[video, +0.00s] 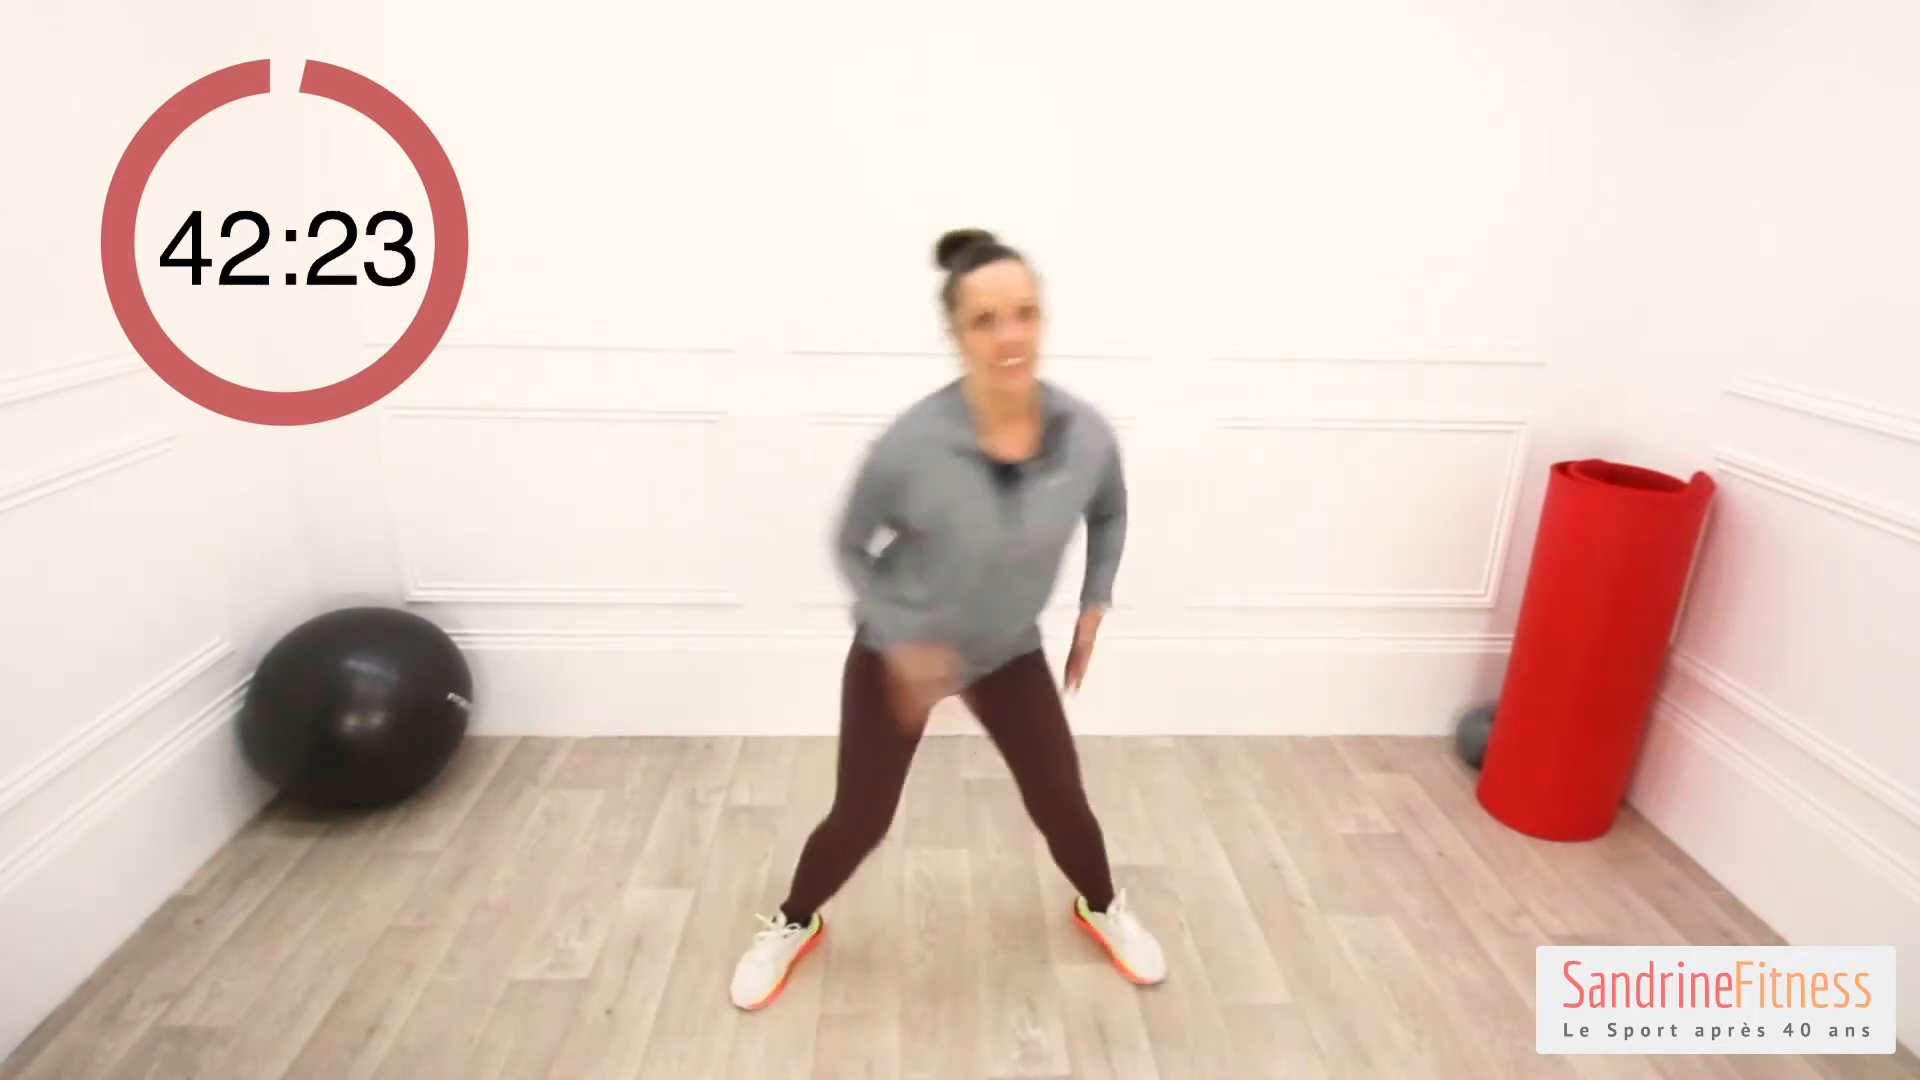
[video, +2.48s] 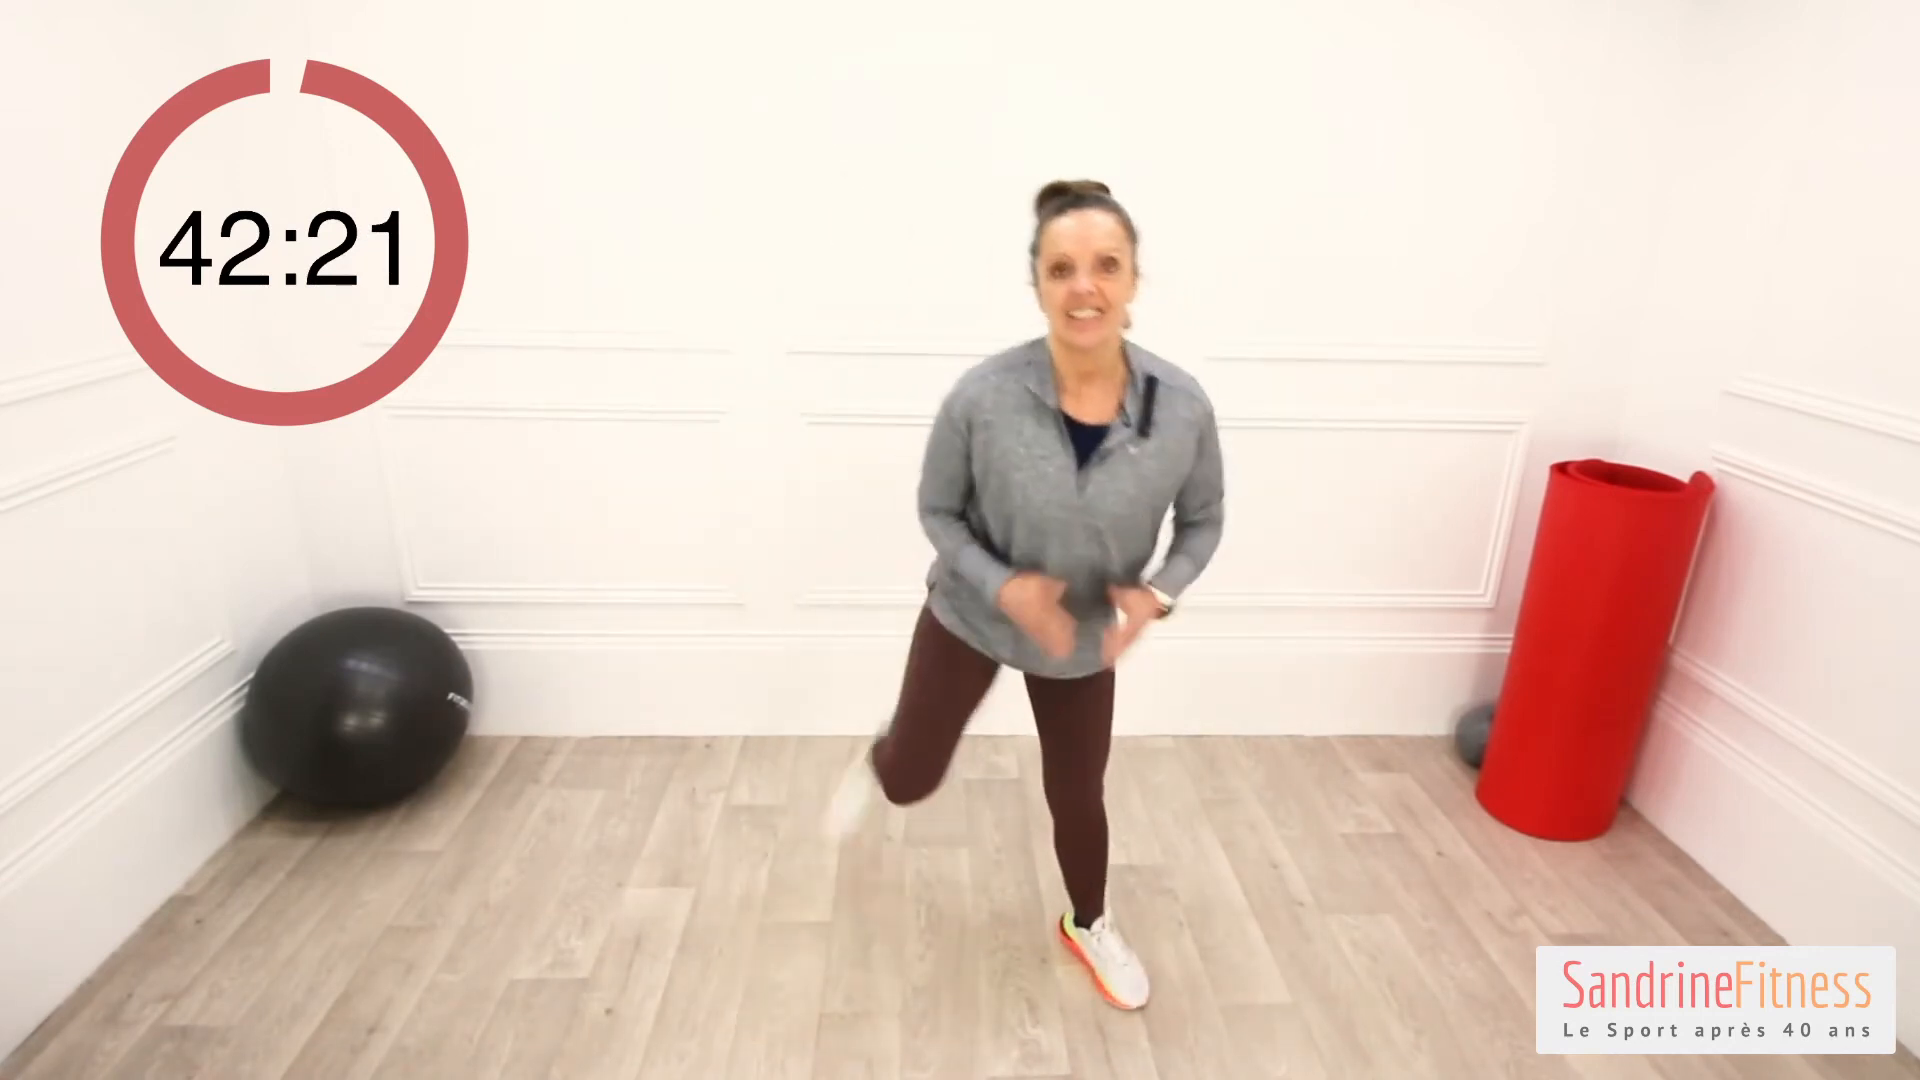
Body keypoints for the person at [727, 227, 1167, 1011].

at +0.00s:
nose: (1011, 338)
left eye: (1024, 315)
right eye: (986, 322)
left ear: (1044, 322)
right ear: (955, 337)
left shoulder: (1084, 437)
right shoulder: (911, 445)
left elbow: (1108, 518)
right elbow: (849, 546)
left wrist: (1093, 608)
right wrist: (897, 637)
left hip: (1007, 645)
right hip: (902, 643)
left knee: (1061, 804)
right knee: (864, 816)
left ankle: (1102, 909)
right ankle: (792, 925)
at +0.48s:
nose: (1147, 310)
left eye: (1163, 287)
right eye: (1121, 293)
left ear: (1181, 294)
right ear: (1088, 307)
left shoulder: (1182, 397)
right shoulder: (1062, 412)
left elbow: (1147, 504)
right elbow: (1120, 569)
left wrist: (1148, 577)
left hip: (1075, 631)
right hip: (981, 611)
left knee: (1097, 792)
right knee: (906, 746)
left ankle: (1103, 909)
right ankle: (812, 834)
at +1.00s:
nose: (897, 311)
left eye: (918, 289)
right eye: (876, 291)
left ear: (947, 299)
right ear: (853, 305)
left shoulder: (994, 426)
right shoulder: (810, 425)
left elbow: (1047, 570)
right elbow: (801, 556)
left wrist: (1003, 663)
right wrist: (837, 637)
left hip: (1001, 630)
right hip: (888, 639)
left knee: (1052, 776)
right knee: (840, 808)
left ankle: (1114, 902)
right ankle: (799, 941)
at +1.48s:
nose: (811, 284)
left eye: (829, 260)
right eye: (786, 266)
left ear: (857, 272)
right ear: (758, 286)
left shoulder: (920, 392)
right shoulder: (716, 408)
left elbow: (1004, 473)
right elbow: (700, 510)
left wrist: (988, 577)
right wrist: (747, 601)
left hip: (934, 626)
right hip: (821, 644)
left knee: (1011, 785)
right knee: (805, 816)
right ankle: (799, 943)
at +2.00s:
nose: (1061, 288)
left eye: (1079, 266)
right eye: (1038, 271)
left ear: (1106, 277)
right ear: (1011, 288)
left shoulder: (1149, 415)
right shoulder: (960, 402)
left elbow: (1176, 543)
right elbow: (908, 545)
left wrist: (1135, 641)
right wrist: (949, 650)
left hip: (1046, 641)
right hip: (936, 624)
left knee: (1066, 799)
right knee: (868, 772)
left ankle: (1088, 925)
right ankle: (779, 902)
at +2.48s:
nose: (1085, 289)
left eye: (1105, 267)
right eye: (1063, 270)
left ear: (1135, 280)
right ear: (1036, 285)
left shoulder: (1181, 408)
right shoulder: (981, 397)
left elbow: (1202, 520)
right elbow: (937, 513)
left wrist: (1160, 590)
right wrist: (1003, 588)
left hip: (1083, 639)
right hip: (972, 617)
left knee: (1080, 798)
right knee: (909, 781)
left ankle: (1087, 925)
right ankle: (879, 759)